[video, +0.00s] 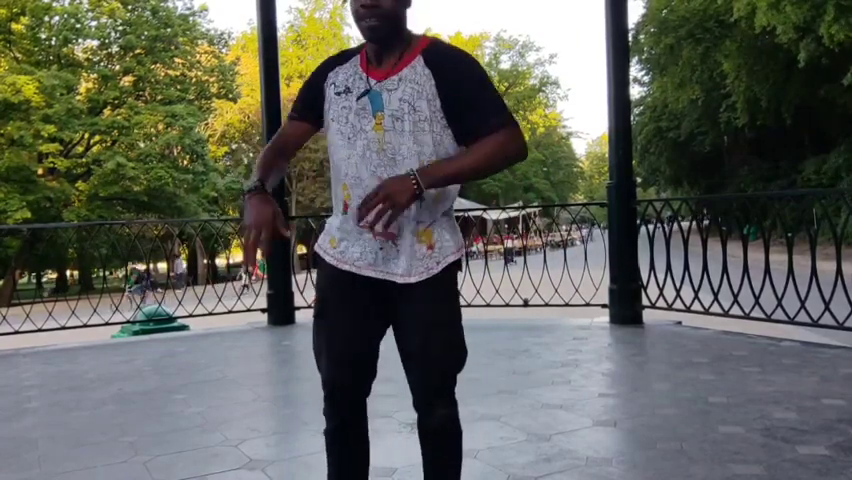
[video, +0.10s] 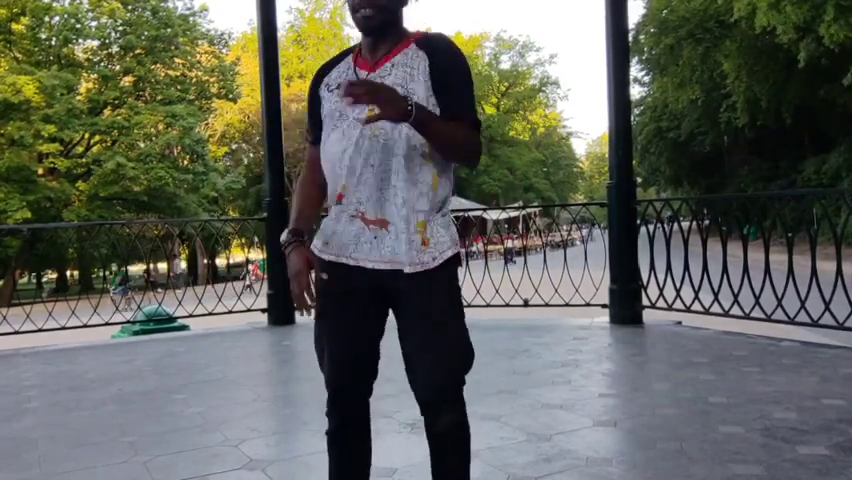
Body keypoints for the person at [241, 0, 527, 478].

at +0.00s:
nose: (368, 2)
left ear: (406, 2)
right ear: (350, 7)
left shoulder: (447, 64)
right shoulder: (332, 74)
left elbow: (509, 142)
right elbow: (284, 143)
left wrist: (419, 180)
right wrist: (258, 189)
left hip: (426, 268)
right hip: (347, 267)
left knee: (436, 406)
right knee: (341, 403)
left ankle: (443, 476)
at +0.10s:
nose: (365, 2)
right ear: (347, 7)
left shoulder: (438, 55)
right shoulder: (328, 76)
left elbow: (469, 149)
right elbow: (316, 165)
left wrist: (407, 110)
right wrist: (295, 238)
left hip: (425, 261)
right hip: (345, 262)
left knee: (442, 405)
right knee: (344, 405)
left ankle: (453, 479)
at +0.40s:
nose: (355, 4)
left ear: (389, 3)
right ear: (337, 7)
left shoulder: (433, 62)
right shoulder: (312, 72)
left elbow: (523, 101)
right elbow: (287, 134)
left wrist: (466, 143)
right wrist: (268, 183)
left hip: (413, 263)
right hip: (329, 261)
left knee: (432, 398)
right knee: (302, 396)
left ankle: (445, 479)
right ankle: (295, 478)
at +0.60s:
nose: (370, 1)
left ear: (400, 2)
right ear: (343, 3)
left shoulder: (439, 70)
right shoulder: (304, 63)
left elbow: (471, 159)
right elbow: (234, 128)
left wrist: (450, 204)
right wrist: (285, 175)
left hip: (421, 268)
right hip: (336, 266)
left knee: (439, 398)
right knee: (329, 402)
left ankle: (452, 478)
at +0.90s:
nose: (426, 10)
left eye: (438, 1)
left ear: (452, 10)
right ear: (395, 6)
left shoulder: (461, 77)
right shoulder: (349, 66)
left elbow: (456, 180)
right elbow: (268, 143)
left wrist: (471, 162)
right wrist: (311, 234)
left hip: (425, 271)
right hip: (348, 269)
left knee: (441, 400)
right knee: (331, 401)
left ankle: (452, 479)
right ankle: (320, 479)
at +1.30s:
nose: (386, 2)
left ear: (418, 3)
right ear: (363, 4)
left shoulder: (451, 67)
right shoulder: (325, 65)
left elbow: (485, 155)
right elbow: (249, 111)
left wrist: (490, 166)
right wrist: (266, 172)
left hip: (428, 264)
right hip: (346, 261)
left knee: (443, 403)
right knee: (336, 398)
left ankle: (453, 479)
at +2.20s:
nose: (469, 20)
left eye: (483, 12)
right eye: (458, 7)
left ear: (493, 26)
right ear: (434, 16)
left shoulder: (496, 98)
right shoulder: (379, 66)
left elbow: (528, 155)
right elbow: (272, 73)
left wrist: (516, 178)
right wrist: (286, 168)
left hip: (438, 270)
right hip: (360, 260)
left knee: (454, 400)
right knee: (346, 401)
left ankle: (464, 479)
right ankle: (332, 478)